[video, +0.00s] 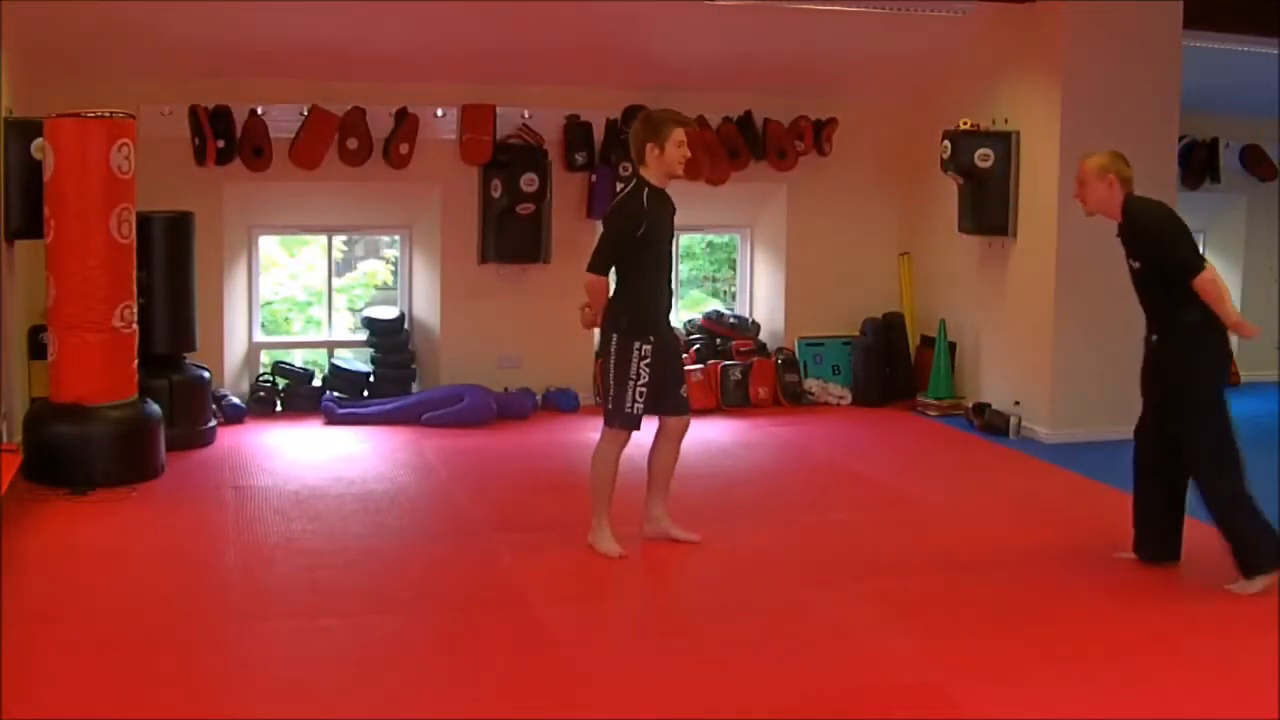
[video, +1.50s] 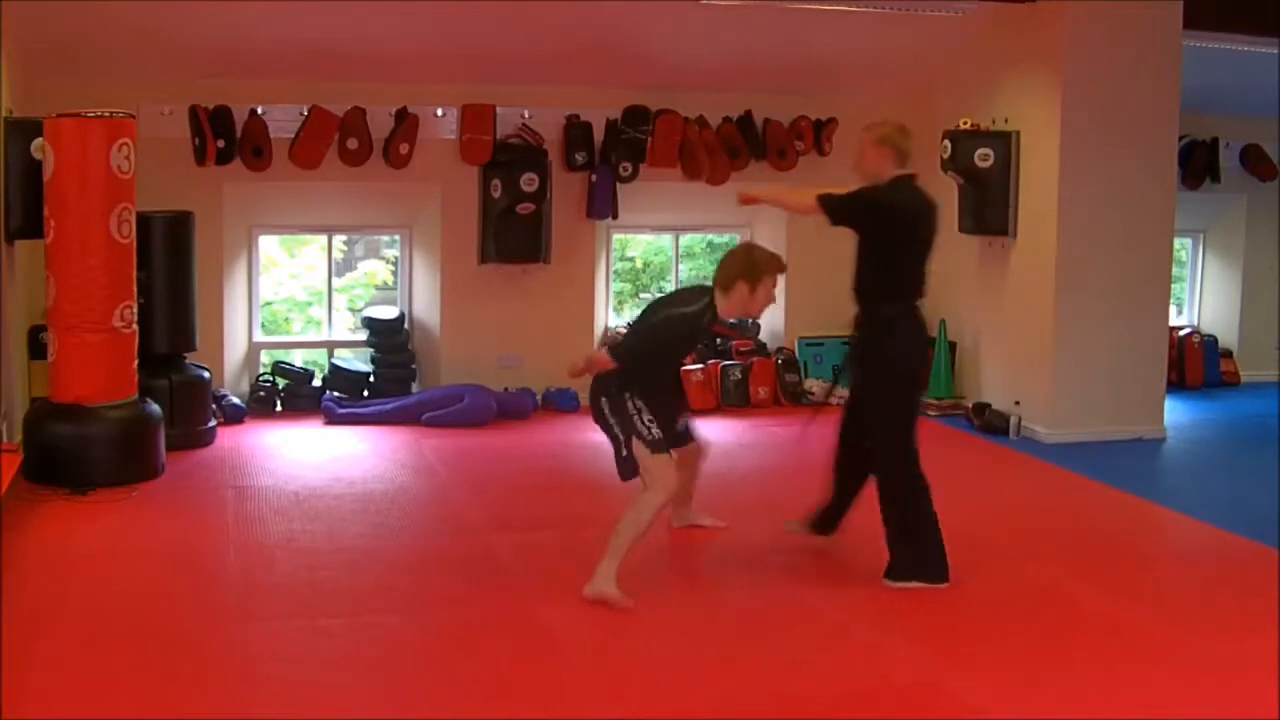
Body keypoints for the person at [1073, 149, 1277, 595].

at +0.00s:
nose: (1077, 193)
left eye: (1082, 184)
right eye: (1077, 185)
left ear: (1110, 184)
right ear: (1108, 185)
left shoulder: (1150, 219)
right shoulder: (1133, 224)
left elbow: (1202, 277)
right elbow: (1186, 280)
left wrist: (1232, 320)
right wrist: (1224, 322)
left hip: (1192, 354)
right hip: (1167, 354)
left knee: (1210, 456)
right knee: (1156, 447)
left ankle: (1263, 559)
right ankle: (1156, 547)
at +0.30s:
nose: (1126, 175)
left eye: (1130, 165)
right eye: (1125, 166)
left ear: (1157, 159)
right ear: (1158, 160)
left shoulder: (1189, 204)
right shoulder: (1177, 202)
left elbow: (1163, 277)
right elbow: (1170, 277)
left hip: (1202, 340)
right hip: (1174, 338)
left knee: (1224, 451)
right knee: (1139, 430)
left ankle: (1263, 564)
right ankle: (1152, 534)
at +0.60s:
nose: (1112, 168)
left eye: (1119, 160)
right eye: (1114, 159)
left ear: (1147, 164)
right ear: (1148, 166)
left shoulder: (1150, 212)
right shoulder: (1161, 210)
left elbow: (1068, 210)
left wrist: (1003, 195)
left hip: (1149, 352)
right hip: (1133, 351)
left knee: (1178, 458)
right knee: (1107, 454)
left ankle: (1248, 555)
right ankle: (1120, 558)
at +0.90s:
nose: (1042, 145)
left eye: (1050, 138)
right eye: (1046, 137)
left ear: (1076, 146)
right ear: (1079, 147)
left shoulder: (1076, 191)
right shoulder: (1087, 191)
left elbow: (1002, 187)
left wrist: (931, 176)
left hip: (1073, 328)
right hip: (1084, 325)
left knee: (1043, 439)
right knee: (1092, 436)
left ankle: (1077, 549)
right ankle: (1111, 545)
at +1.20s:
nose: (947, 166)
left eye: (953, 158)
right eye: (949, 158)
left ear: (977, 165)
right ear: (984, 167)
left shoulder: (977, 213)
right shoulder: (997, 212)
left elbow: (904, 204)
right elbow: (910, 202)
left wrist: (843, 191)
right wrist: (850, 190)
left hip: (969, 348)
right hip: (984, 343)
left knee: (928, 449)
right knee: (990, 444)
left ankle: (920, 562)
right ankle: (1062, 523)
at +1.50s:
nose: (859, 159)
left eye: (864, 151)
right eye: (860, 151)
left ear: (883, 153)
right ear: (898, 155)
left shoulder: (886, 199)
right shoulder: (916, 200)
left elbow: (818, 206)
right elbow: (836, 205)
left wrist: (763, 195)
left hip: (888, 337)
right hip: (898, 333)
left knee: (892, 448)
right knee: (859, 433)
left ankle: (922, 563)